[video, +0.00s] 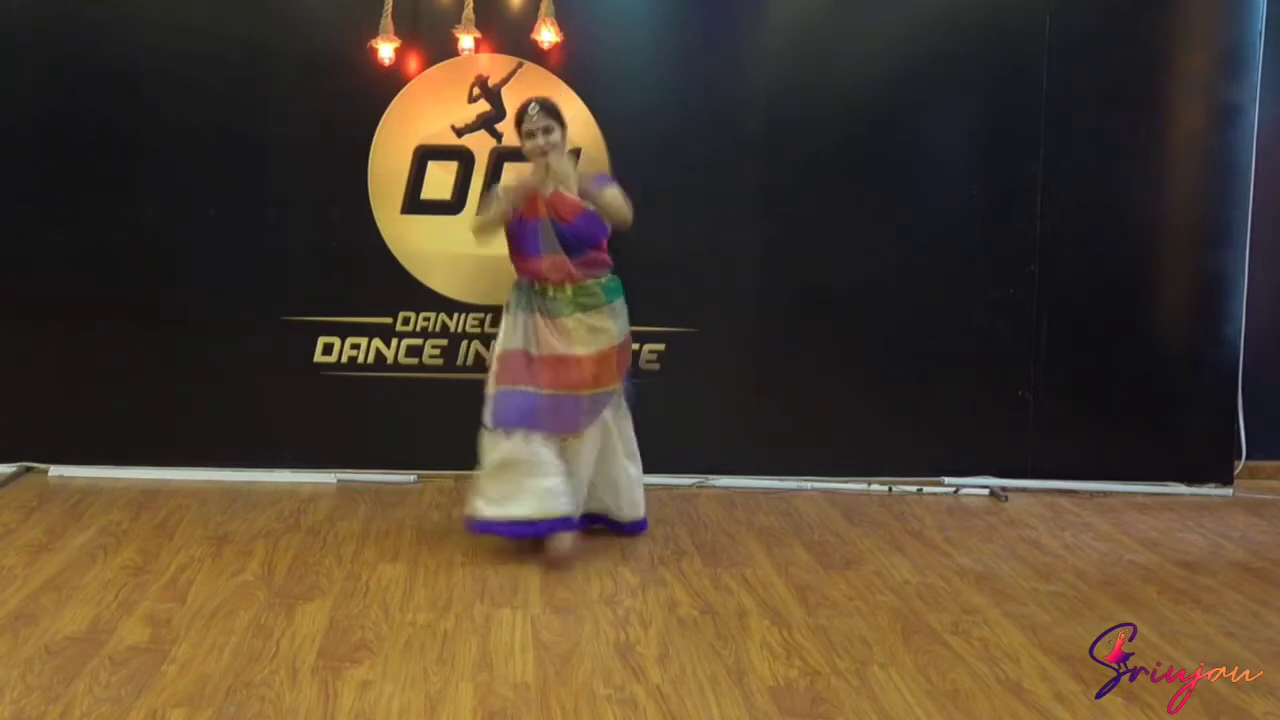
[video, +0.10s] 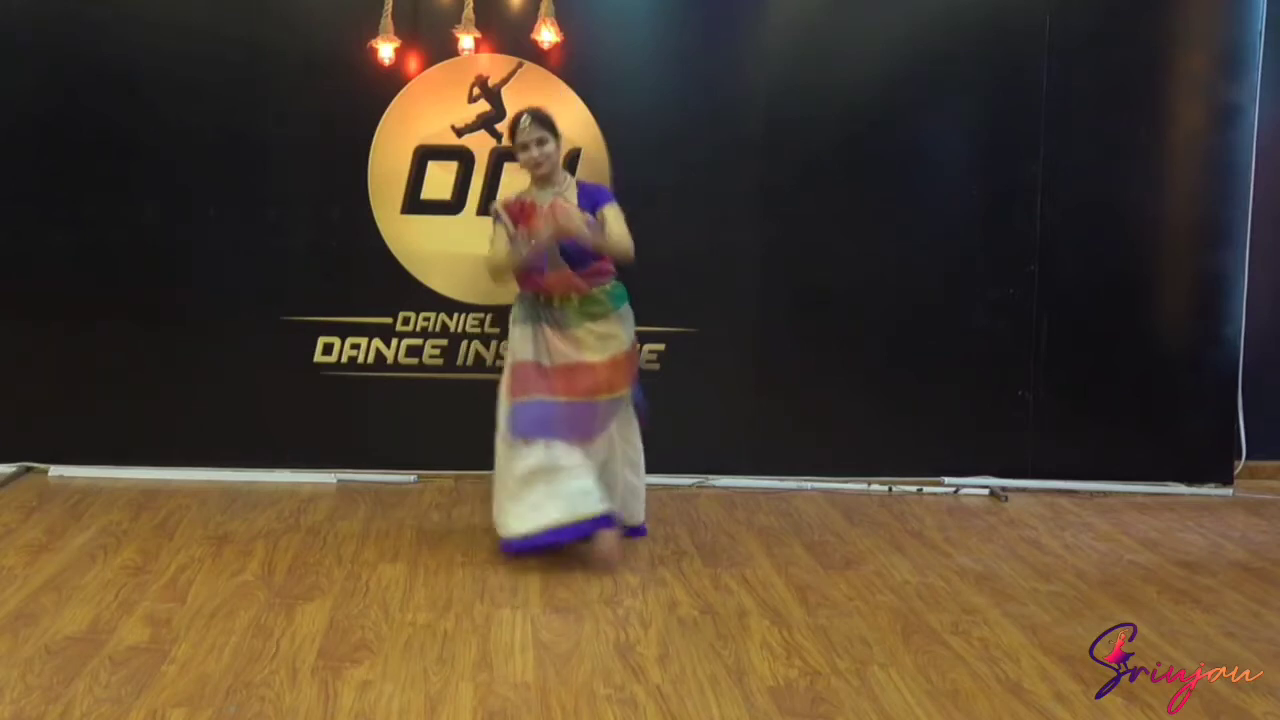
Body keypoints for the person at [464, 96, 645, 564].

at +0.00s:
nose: (539, 140)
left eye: (546, 130)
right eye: (530, 134)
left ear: (564, 134)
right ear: (521, 143)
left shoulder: (592, 185)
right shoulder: (514, 191)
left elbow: (623, 217)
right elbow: (480, 227)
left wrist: (577, 184)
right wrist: (509, 195)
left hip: (590, 312)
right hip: (534, 313)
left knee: (582, 412)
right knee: (525, 414)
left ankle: (570, 509)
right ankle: (557, 519)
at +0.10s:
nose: (535, 153)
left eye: (541, 142)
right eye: (525, 147)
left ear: (560, 144)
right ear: (517, 157)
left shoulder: (595, 197)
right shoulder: (511, 210)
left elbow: (626, 249)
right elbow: (499, 268)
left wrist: (586, 232)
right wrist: (537, 243)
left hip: (596, 323)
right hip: (538, 325)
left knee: (595, 423)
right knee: (538, 425)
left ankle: (606, 511)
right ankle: (594, 519)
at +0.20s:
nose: (527, 173)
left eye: (533, 161)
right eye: (517, 168)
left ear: (552, 159)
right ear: (510, 175)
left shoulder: (595, 209)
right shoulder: (513, 230)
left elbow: (631, 270)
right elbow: (516, 300)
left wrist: (626, 306)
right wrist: (553, 323)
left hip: (609, 339)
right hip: (549, 345)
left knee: (612, 442)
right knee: (562, 448)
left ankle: (643, 521)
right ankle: (565, 542)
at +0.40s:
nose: (529, 197)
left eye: (533, 185)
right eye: (518, 193)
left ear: (553, 176)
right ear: (514, 198)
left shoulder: (605, 215)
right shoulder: (529, 257)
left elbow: (661, 263)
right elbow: (542, 329)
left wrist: (718, 302)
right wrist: (553, 391)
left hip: (632, 346)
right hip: (575, 356)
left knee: (630, 443)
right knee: (574, 445)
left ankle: (632, 535)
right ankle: (570, 537)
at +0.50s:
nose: (535, 200)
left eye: (541, 187)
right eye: (525, 194)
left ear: (562, 177)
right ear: (522, 197)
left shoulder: (610, 209)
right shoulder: (542, 254)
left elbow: (667, 241)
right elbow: (547, 325)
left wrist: (716, 262)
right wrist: (539, 392)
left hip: (637, 344)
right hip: (584, 355)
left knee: (631, 442)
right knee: (589, 446)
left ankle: (626, 536)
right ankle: (565, 538)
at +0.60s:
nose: (556, 188)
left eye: (561, 175)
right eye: (546, 184)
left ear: (580, 166)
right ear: (540, 188)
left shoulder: (615, 193)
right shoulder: (561, 241)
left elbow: (658, 205)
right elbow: (569, 309)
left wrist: (693, 204)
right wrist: (545, 356)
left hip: (639, 337)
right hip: (594, 347)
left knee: (635, 436)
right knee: (597, 440)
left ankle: (642, 533)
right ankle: (564, 537)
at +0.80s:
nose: (605, 151)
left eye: (608, 140)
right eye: (593, 148)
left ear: (620, 140)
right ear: (576, 160)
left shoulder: (612, 194)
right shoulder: (600, 204)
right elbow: (645, 264)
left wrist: (648, 239)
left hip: (614, 324)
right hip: (612, 328)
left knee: (604, 421)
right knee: (625, 426)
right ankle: (609, 530)